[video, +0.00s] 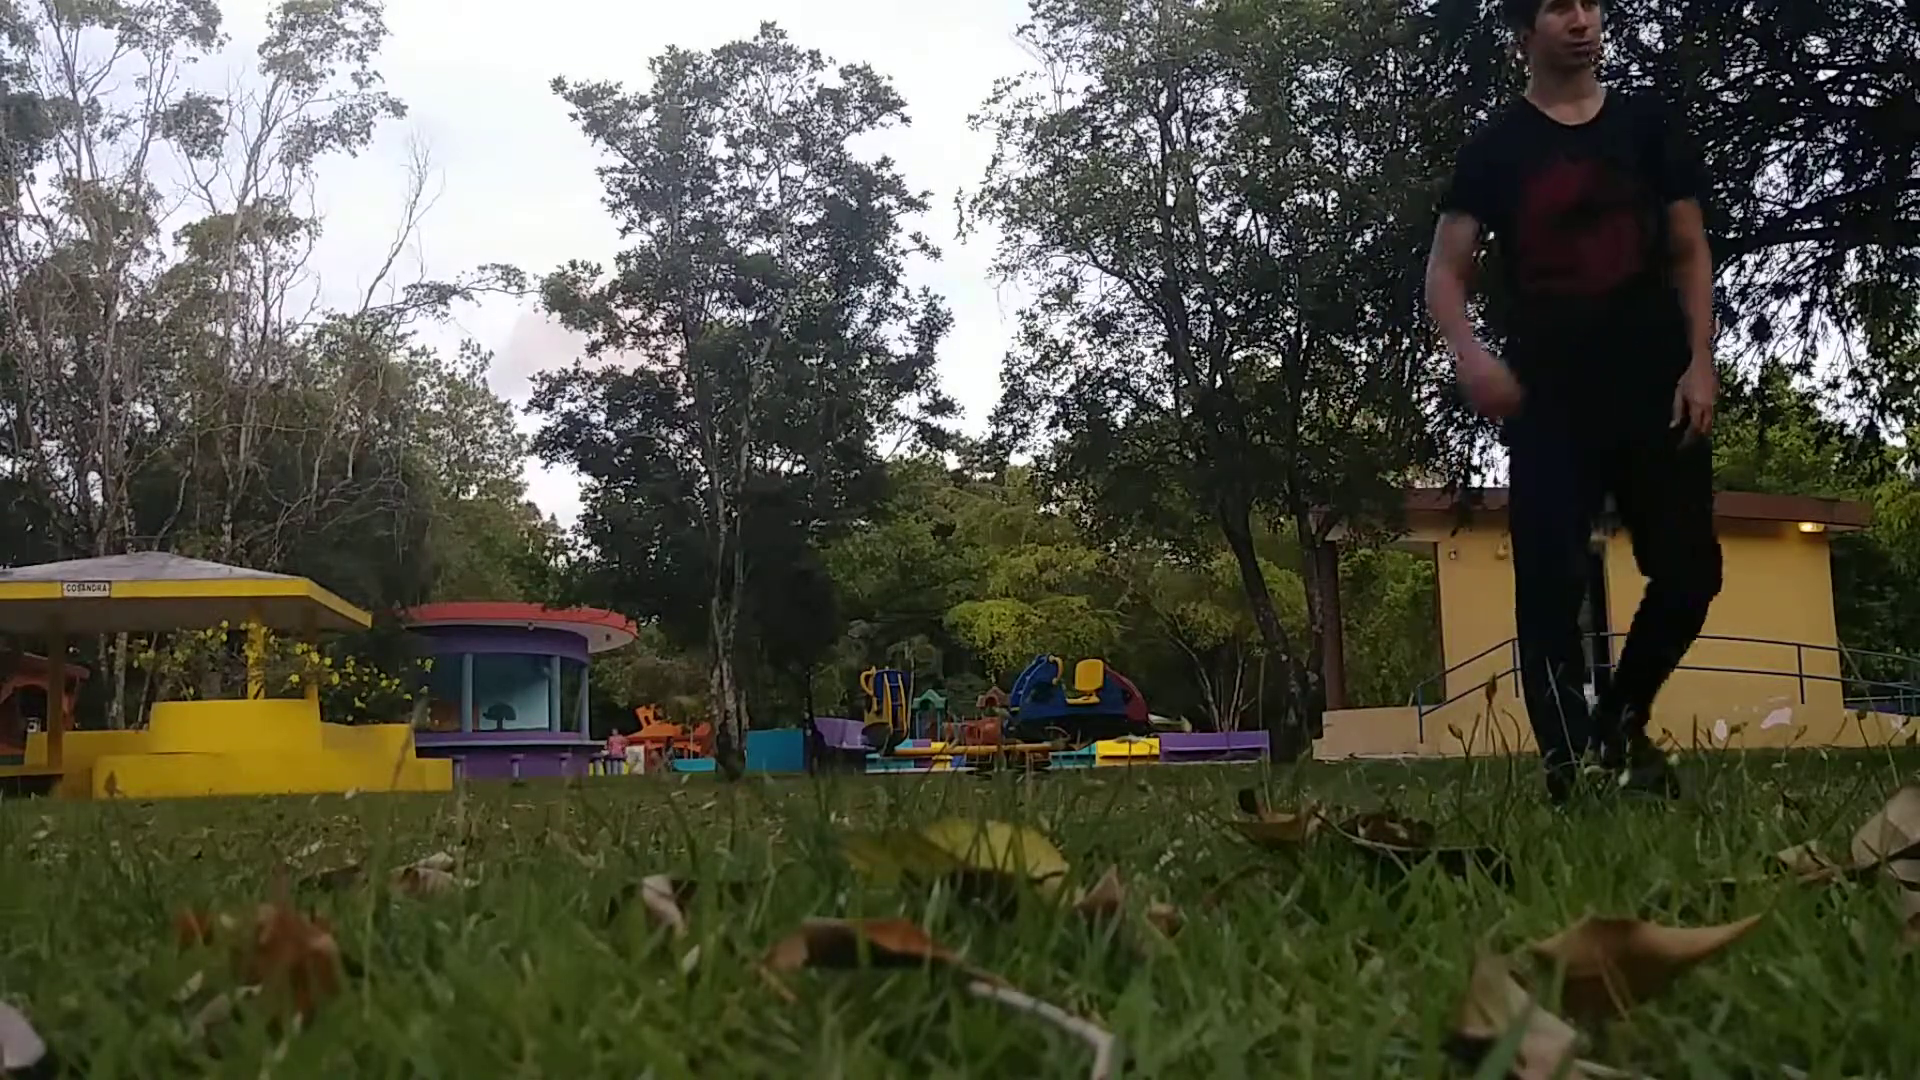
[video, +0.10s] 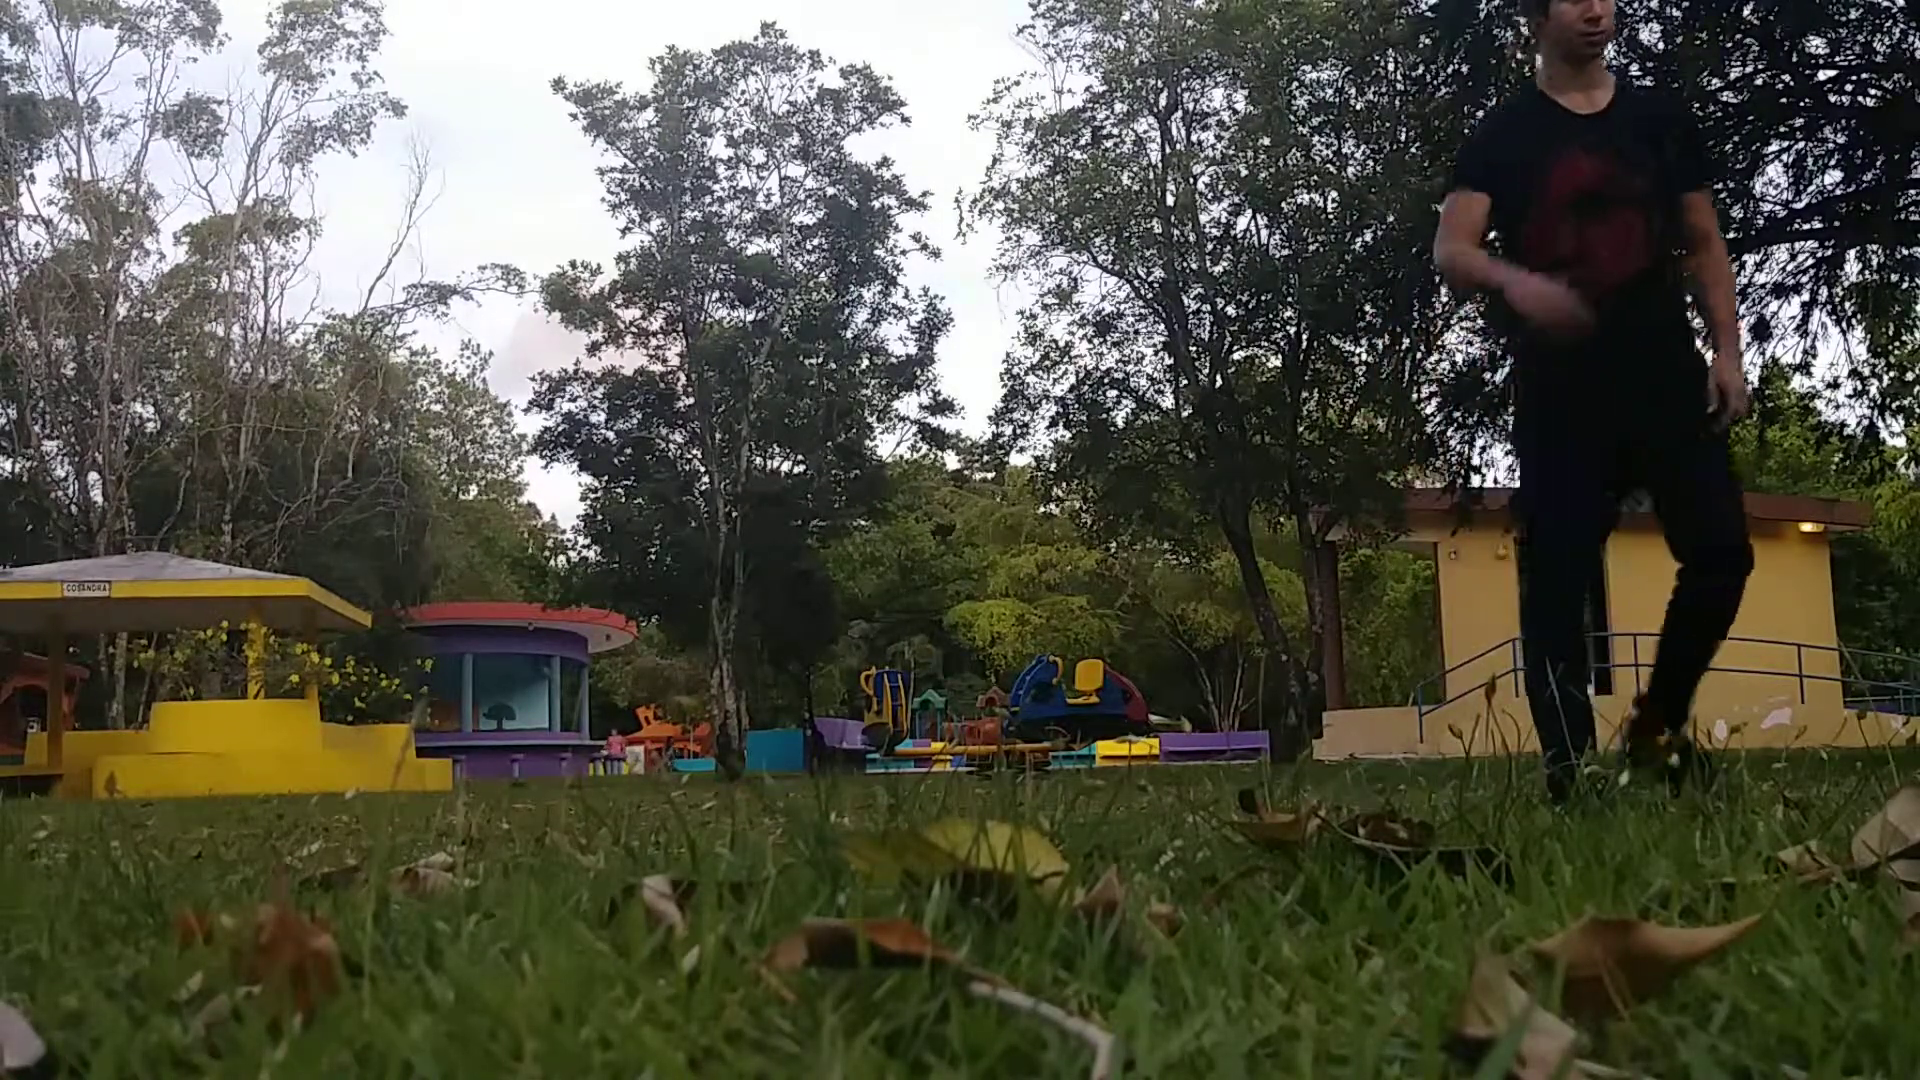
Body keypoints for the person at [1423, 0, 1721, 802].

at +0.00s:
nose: (1580, 22)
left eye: (1589, 8)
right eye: (1559, 10)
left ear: (1602, 21)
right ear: (1525, 31)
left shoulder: (1650, 125)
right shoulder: (1497, 142)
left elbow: (1690, 250)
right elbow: (1445, 270)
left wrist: (1701, 358)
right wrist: (1470, 356)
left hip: (1652, 388)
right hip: (1548, 395)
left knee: (1690, 575)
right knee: (1548, 585)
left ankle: (1621, 724)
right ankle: (1568, 766)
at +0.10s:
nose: (1594, 13)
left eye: (1604, 0)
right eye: (1575, 0)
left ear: (1617, 14)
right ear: (1538, 16)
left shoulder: (1662, 117)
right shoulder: (1503, 129)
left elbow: (1705, 245)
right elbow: (1452, 250)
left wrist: (1729, 352)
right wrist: (1513, 279)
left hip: (1662, 373)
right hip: (1558, 383)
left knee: (1721, 555)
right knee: (1557, 573)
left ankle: (1656, 729)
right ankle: (1568, 767)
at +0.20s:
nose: (1619, 3)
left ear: (1636, 8)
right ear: (1555, 9)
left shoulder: (1679, 113)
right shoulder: (1522, 114)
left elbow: (1720, 238)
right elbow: (1486, 230)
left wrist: (1756, 337)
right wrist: (1567, 235)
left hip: (1676, 363)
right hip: (1572, 373)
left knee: (1759, 537)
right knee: (1566, 571)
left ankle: (1728, 742)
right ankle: (1568, 765)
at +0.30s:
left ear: (1663, 5)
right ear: (1588, 2)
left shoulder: (1702, 106)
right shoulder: (1551, 102)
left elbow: (1737, 240)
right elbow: (1540, 224)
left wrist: (1781, 330)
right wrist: (1618, 221)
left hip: (1705, 359)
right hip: (1598, 366)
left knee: (1788, 538)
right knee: (1584, 567)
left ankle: (1812, 742)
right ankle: (1572, 762)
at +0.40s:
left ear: (1702, 4)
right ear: (1623, 2)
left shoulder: (1743, 107)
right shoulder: (1589, 97)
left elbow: (1764, 244)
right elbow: (1586, 227)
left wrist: (1805, 333)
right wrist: (1667, 241)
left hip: (1743, 364)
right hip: (1634, 369)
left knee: (1817, 546)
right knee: (1610, 570)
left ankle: (1846, 753)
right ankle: (1577, 767)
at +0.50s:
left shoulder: (1785, 90)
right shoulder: (1626, 83)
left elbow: (1805, 239)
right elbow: (1608, 226)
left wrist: (1843, 318)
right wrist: (1702, 268)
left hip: (1793, 358)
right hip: (1683, 359)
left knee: (1853, 548)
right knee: (1669, 566)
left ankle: (1854, 761)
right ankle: (1594, 763)